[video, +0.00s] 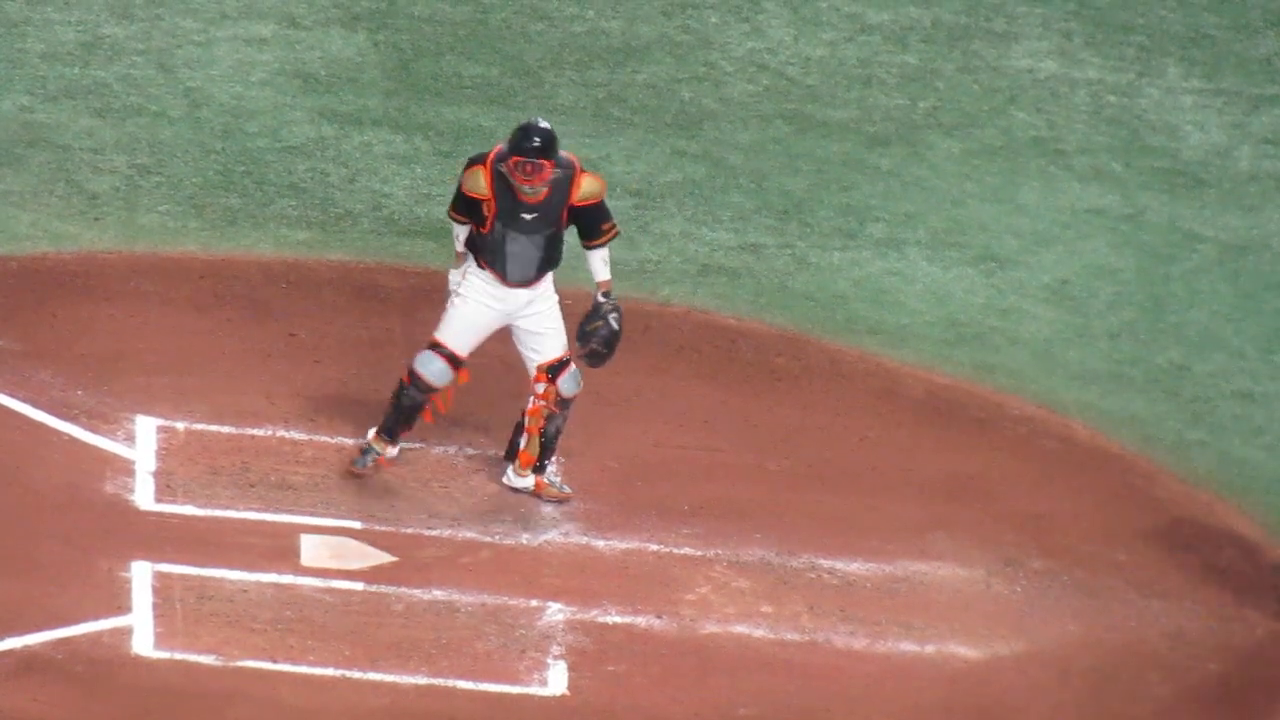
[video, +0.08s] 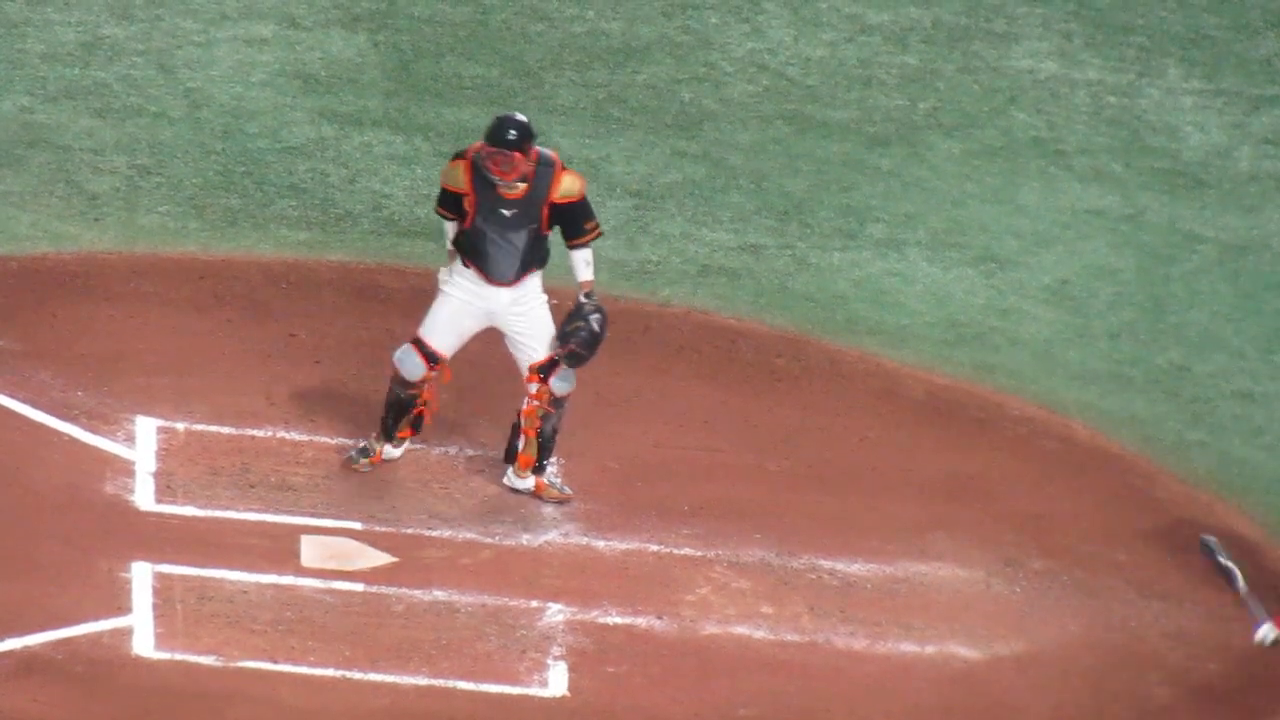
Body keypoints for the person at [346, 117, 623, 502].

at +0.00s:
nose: (529, 174)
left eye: (537, 167)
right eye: (522, 165)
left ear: (553, 164)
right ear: (508, 159)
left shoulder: (577, 184)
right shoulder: (482, 175)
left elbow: (597, 242)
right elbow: (461, 226)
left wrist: (605, 297)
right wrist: (462, 267)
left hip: (537, 295)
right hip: (482, 289)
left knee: (561, 383)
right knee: (433, 369)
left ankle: (527, 469)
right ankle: (382, 441)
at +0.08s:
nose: (501, 162)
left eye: (509, 156)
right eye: (495, 154)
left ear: (528, 154)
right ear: (486, 149)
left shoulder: (558, 182)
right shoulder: (464, 172)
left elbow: (580, 240)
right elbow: (450, 225)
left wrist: (587, 297)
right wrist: (452, 266)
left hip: (524, 296)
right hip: (466, 288)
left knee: (554, 382)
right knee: (410, 364)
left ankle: (528, 469)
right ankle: (391, 441)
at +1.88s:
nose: (199, 121)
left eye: (203, 112)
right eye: (198, 113)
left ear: (225, 108)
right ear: (229, 107)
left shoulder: (246, 151)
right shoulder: (269, 132)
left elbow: (237, 226)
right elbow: (299, 200)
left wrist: (202, 276)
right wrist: (279, 249)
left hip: (261, 269)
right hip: (275, 264)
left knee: (234, 365)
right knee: (223, 347)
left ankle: (247, 468)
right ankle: (260, 434)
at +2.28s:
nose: (214, 86)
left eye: (222, 81)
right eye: (215, 79)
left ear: (244, 88)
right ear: (231, 86)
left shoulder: (266, 135)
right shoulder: (229, 128)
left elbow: (282, 205)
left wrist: (277, 267)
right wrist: (218, 142)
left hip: (272, 252)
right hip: (243, 251)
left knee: (249, 356)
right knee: (222, 345)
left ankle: (253, 458)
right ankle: (242, 428)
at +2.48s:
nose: (223, 77)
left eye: (232, 72)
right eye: (224, 69)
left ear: (254, 80)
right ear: (238, 77)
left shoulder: (282, 128)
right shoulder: (226, 118)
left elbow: (305, 197)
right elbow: (239, 178)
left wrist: (307, 257)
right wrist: (245, 229)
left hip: (280, 247)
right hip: (243, 244)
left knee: (269, 343)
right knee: (231, 335)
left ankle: (289, 429)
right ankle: (245, 427)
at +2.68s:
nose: (244, 75)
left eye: (254, 70)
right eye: (244, 67)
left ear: (278, 78)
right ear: (250, 73)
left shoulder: (310, 128)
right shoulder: (236, 117)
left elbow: (336, 193)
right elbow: (249, 173)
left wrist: (338, 251)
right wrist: (260, 219)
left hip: (301, 244)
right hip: (254, 240)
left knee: (317, 338)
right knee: (238, 331)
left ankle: (328, 405)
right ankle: (247, 424)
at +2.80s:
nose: (265, 76)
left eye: (277, 71)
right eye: (266, 68)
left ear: (301, 81)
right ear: (271, 73)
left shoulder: (336, 130)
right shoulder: (248, 120)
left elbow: (360, 190)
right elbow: (245, 171)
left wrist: (367, 247)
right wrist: (281, 196)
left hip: (321, 246)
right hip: (265, 244)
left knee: (351, 333)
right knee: (244, 331)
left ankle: (338, 404)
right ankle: (247, 423)